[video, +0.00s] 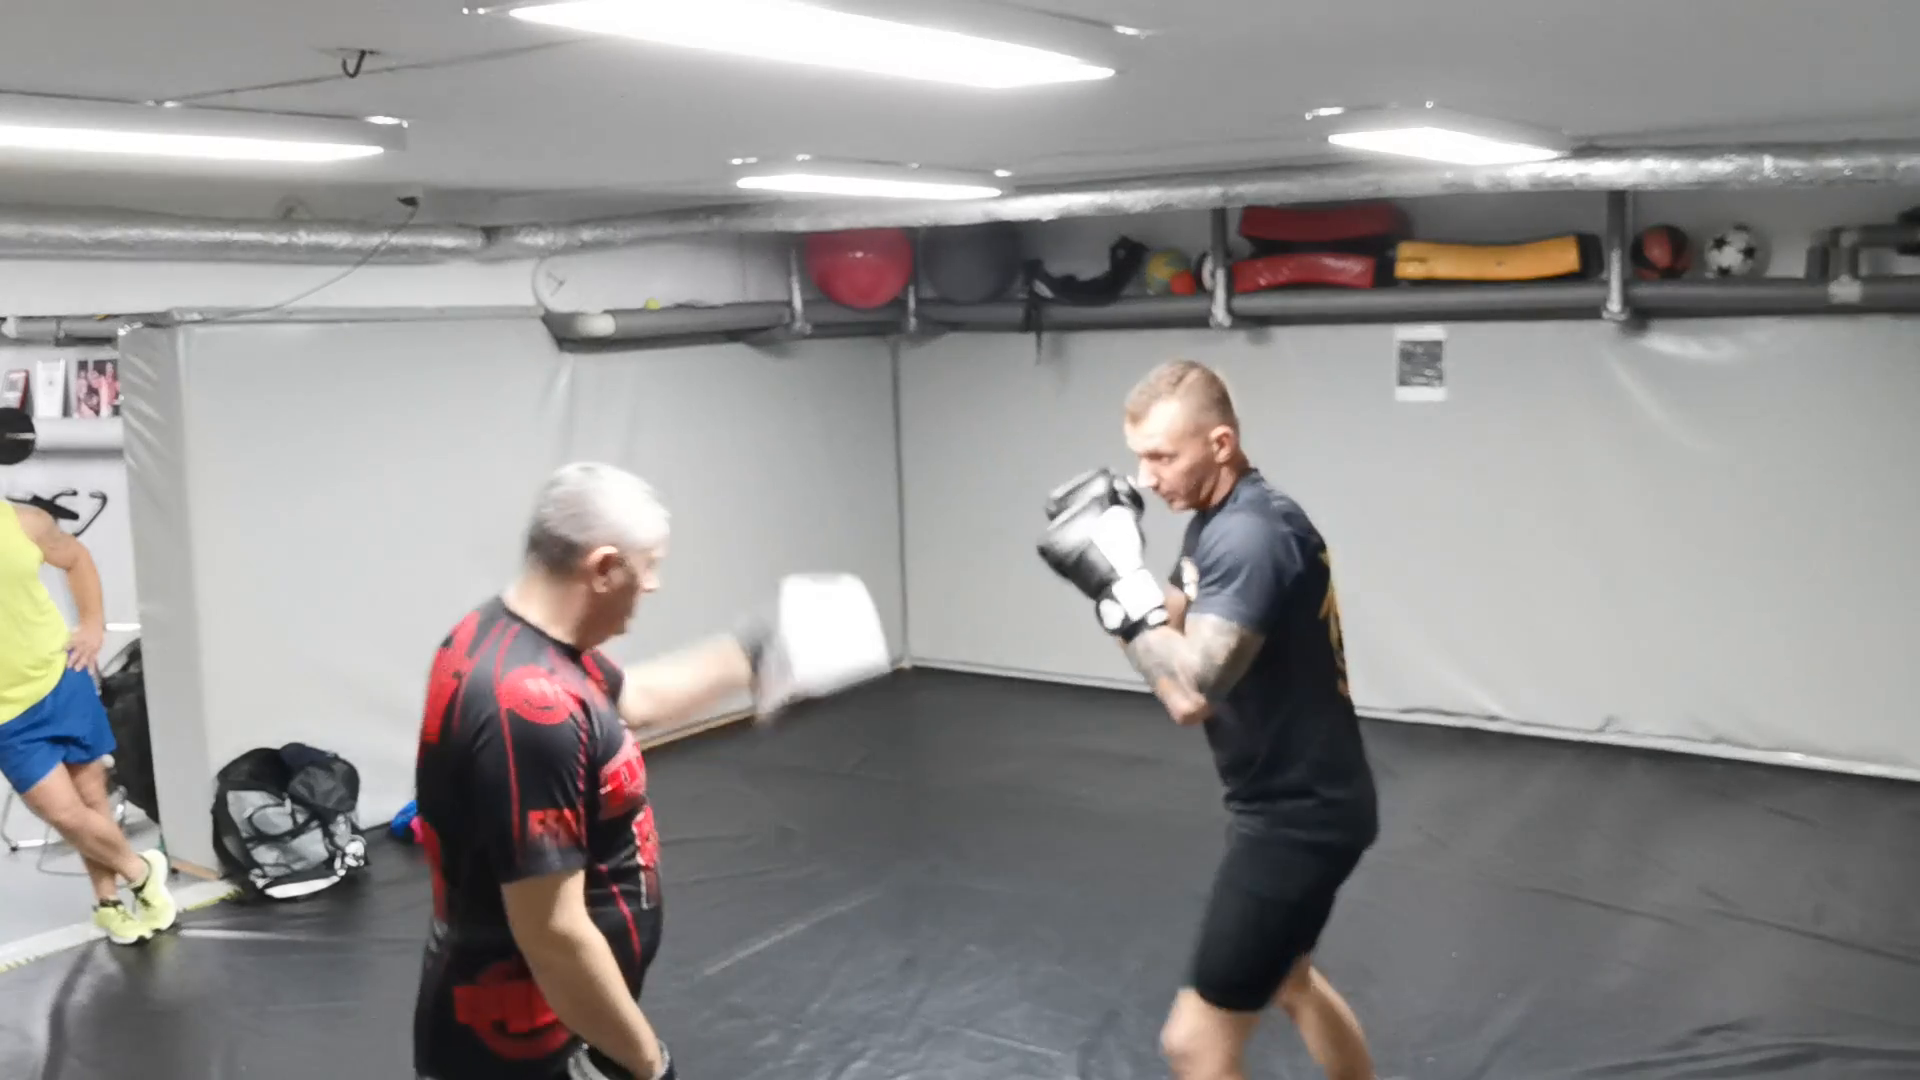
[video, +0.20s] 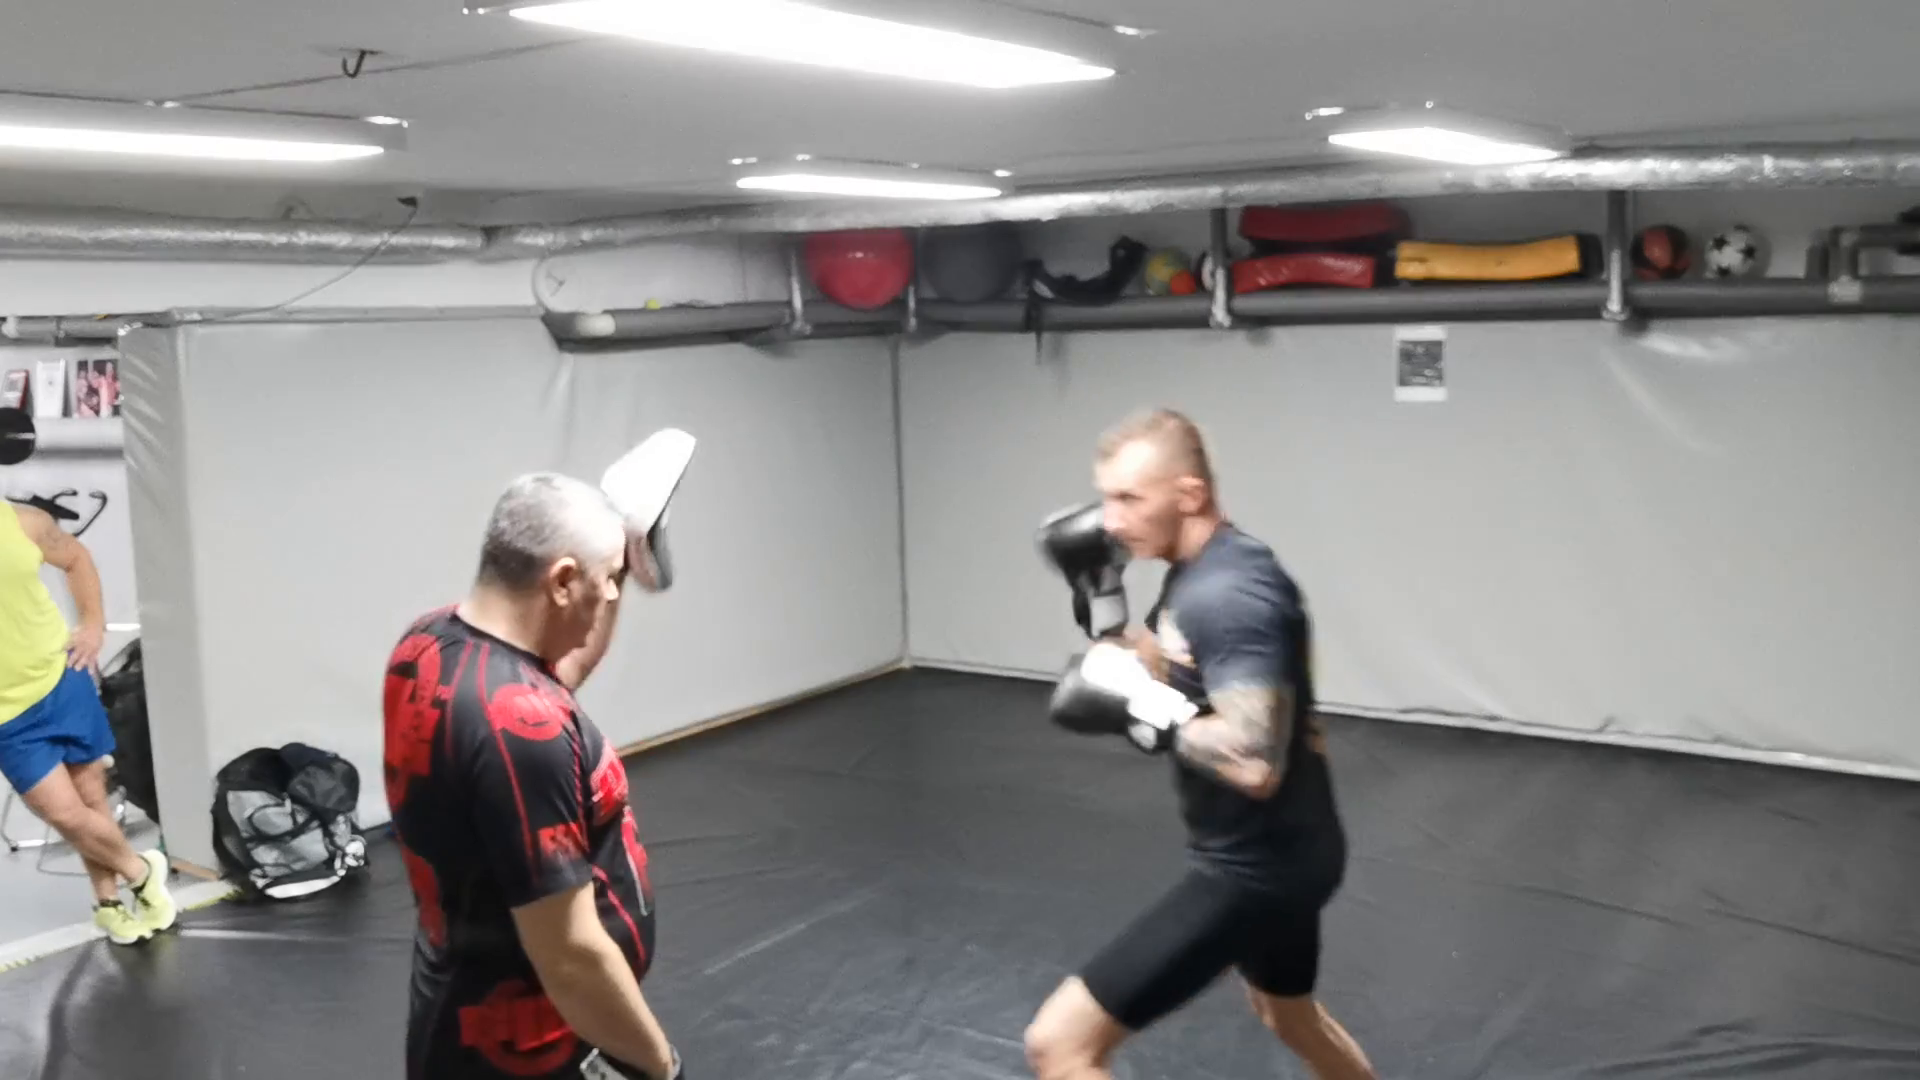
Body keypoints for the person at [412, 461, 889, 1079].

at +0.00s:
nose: (654, 586)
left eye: (657, 568)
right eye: (650, 567)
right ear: (602, 567)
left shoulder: (499, 632)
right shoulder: (528, 706)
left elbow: (633, 697)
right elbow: (552, 929)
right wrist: (650, 1061)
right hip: (531, 1046)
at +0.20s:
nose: (612, 598)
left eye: (620, 580)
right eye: (611, 579)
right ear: (563, 582)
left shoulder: (425, 645)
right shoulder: (518, 724)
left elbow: (556, 678)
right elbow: (570, 954)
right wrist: (661, 1063)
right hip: (532, 1045)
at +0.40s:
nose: (586, 592)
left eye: (589, 575)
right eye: (580, 576)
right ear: (530, 578)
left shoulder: (410, 639)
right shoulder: (502, 723)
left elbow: (592, 613)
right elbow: (562, 950)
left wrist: (679, 520)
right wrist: (648, 1063)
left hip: (442, 1001)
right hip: (527, 1046)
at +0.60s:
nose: (572, 606)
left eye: (570, 588)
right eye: (563, 588)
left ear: (499, 598)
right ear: (502, 598)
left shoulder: (399, 659)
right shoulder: (456, 750)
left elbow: (525, 779)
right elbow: (511, 966)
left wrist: (654, 759)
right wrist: (620, 1068)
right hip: (480, 1060)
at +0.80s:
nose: (573, 609)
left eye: (572, 589)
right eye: (562, 591)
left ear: (499, 595)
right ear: (501, 594)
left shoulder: (428, 658)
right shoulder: (420, 737)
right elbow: (427, 974)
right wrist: (525, 1069)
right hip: (401, 1057)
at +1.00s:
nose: (567, 618)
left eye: (568, 598)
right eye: (557, 598)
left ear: (494, 598)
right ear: (494, 597)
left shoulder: (455, 674)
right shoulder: (388, 720)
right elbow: (366, 960)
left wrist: (501, 961)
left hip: (440, 1035)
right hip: (362, 1060)